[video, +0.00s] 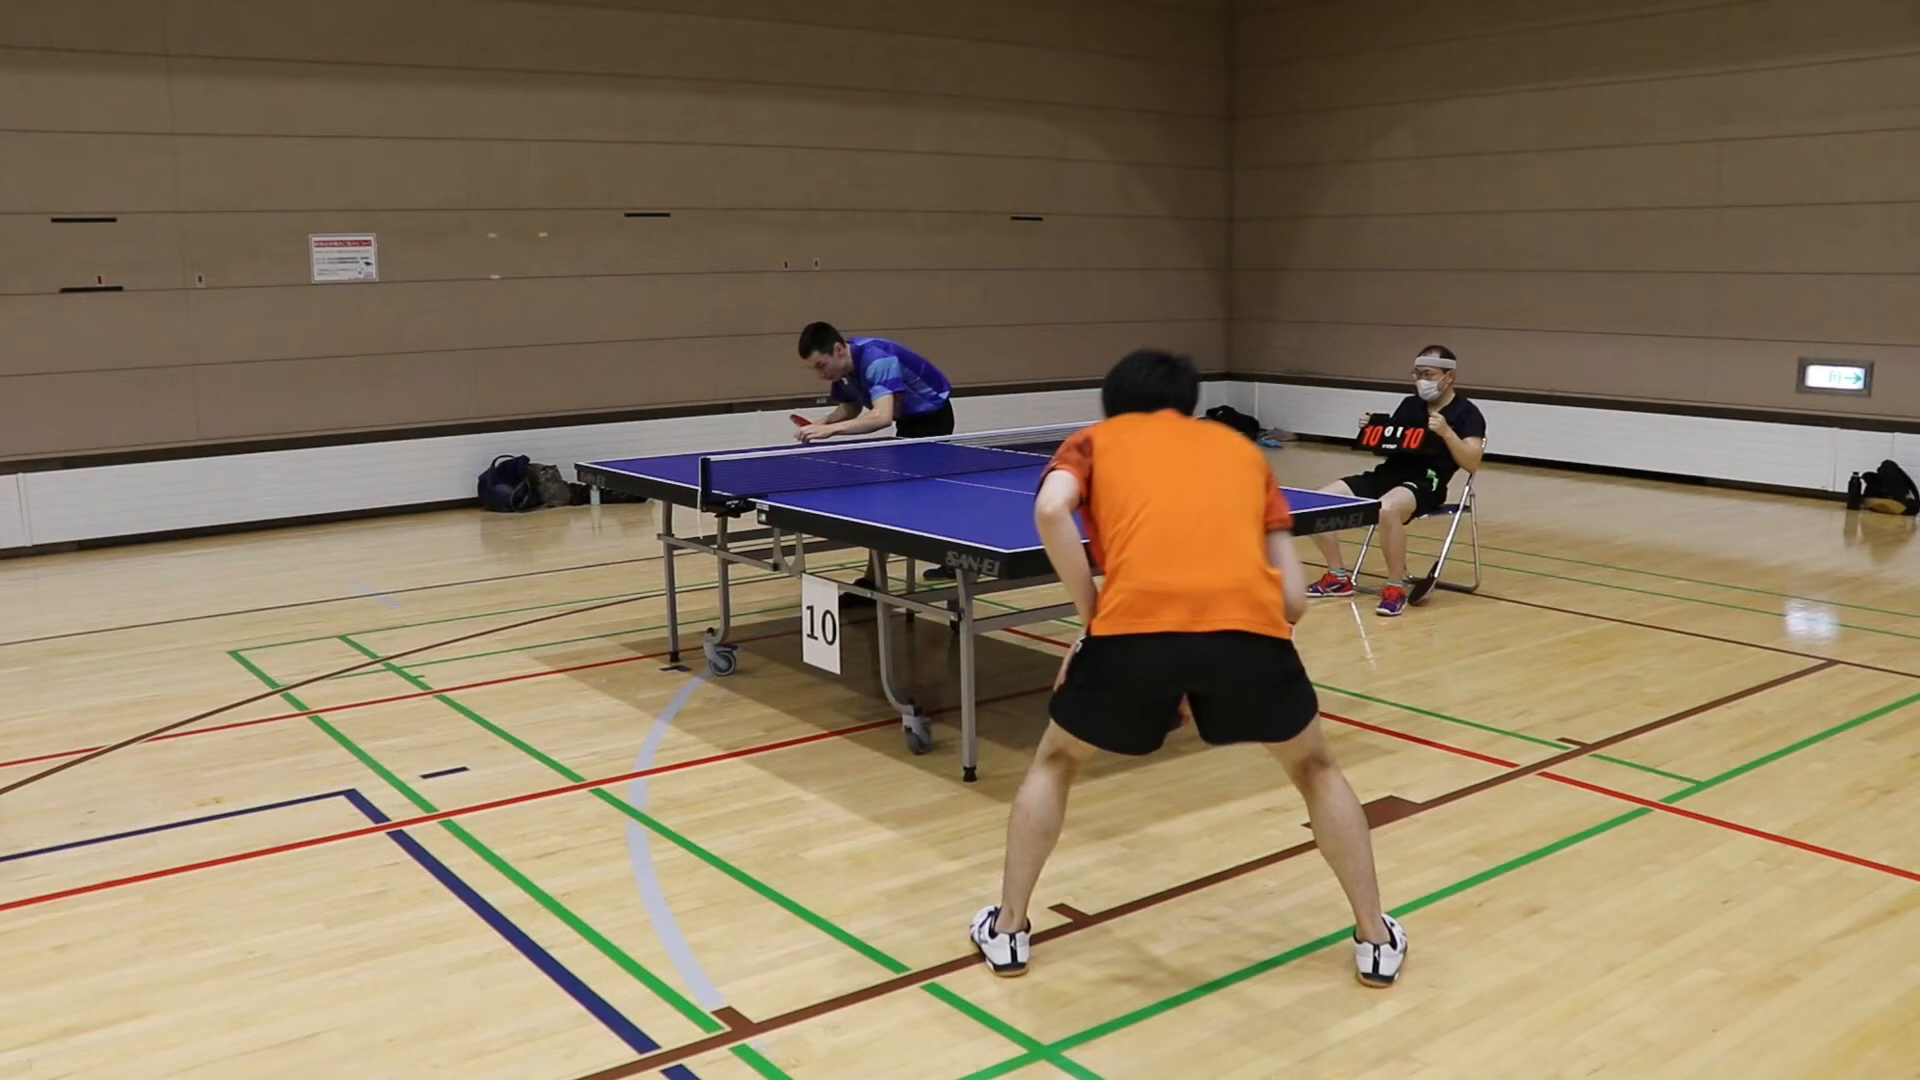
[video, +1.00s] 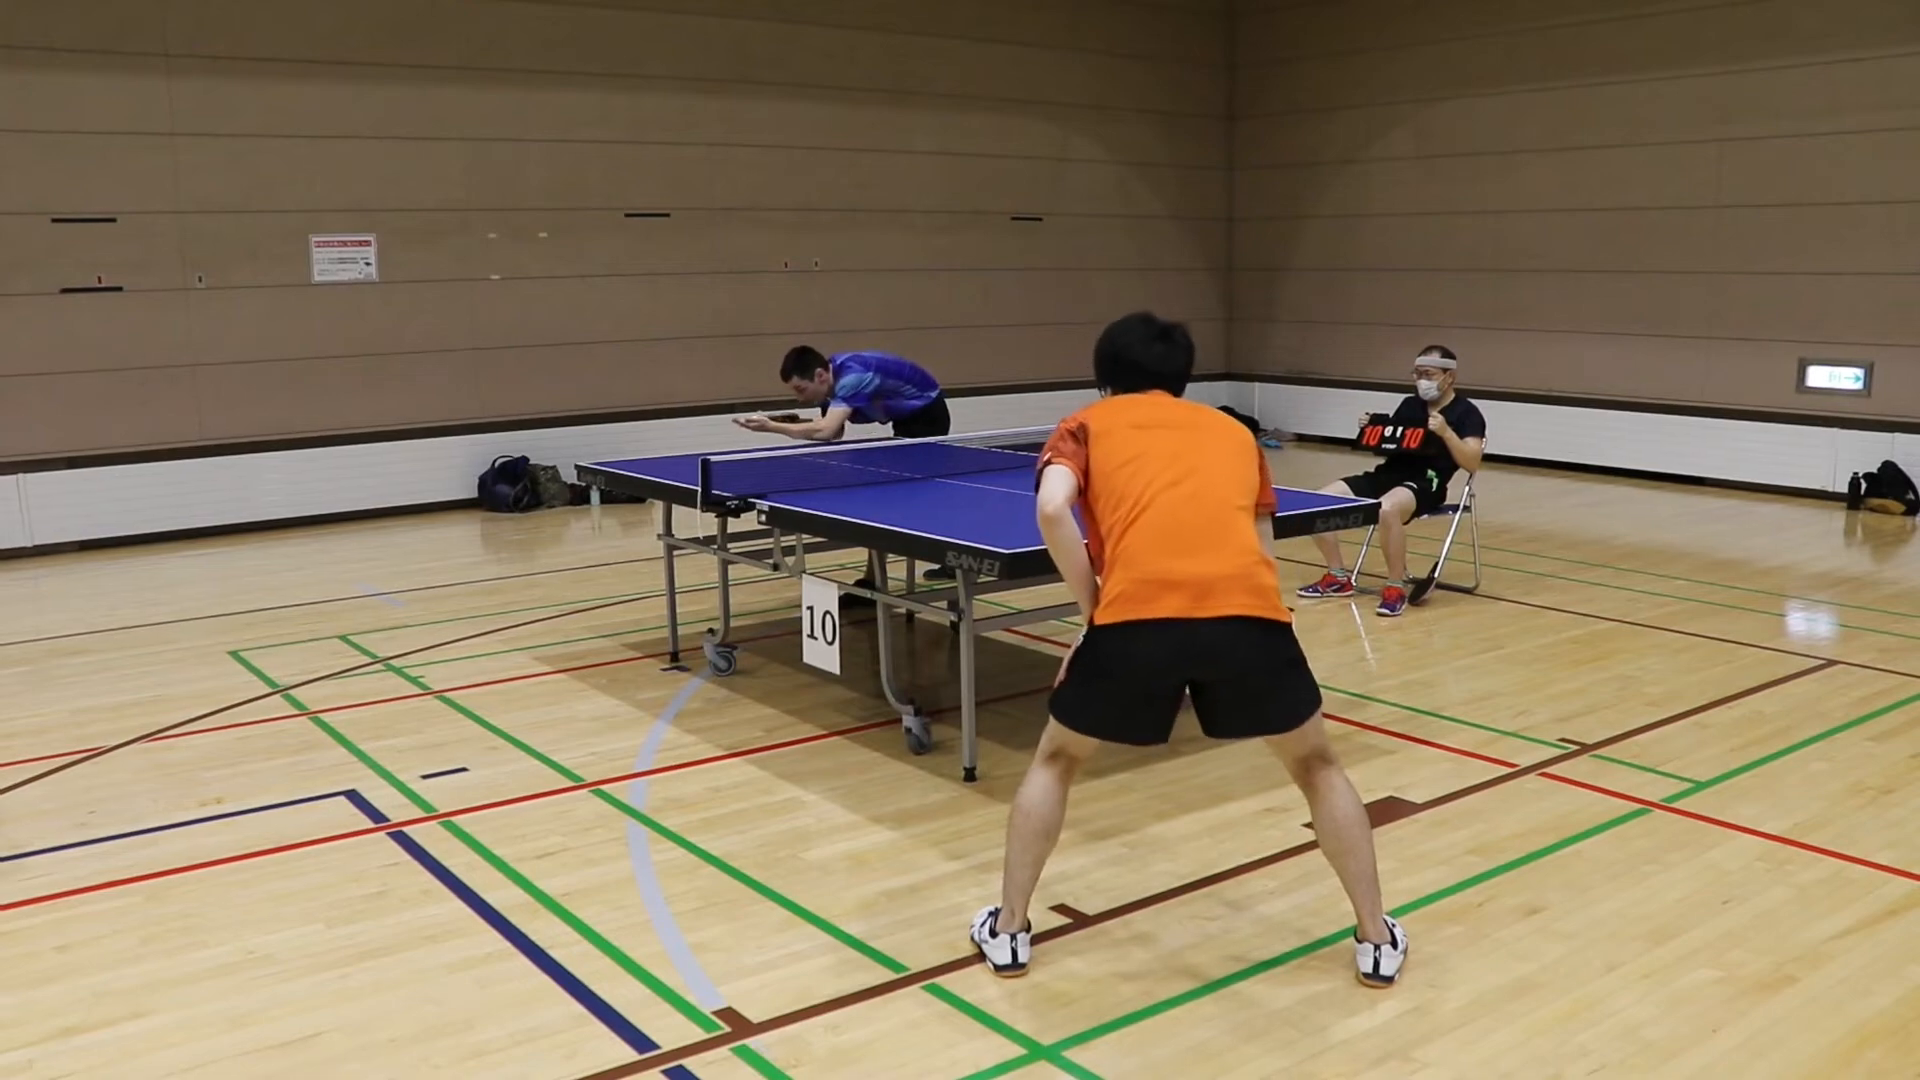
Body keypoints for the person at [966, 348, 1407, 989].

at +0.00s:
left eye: (1102, 410)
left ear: (1112, 406)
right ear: (1190, 405)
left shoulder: (1095, 438)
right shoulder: (1242, 449)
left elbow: (1051, 507)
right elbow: (1293, 595)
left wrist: (1095, 618)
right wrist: (1233, 661)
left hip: (1132, 641)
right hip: (1249, 642)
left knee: (1057, 762)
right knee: (1316, 769)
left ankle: (1008, 927)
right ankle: (1376, 938)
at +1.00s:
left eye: (1099, 374)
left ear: (1104, 376)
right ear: (1183, 378)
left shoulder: (1085, 424)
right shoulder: (1234, 430)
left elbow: (1052, 507)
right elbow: (1260, 546)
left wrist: (1094, 611)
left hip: (1134, 630)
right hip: (1249, 628)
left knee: (1056, 760)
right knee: (1317, 766)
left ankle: (1009, 929)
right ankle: (1378, 938)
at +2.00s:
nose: (1136, 324)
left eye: (1137, 312)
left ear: (1143, 314)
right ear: (1220, 316)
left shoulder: (1114, 372)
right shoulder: (1262, 390)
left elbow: (1066, 483)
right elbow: (1292, 537)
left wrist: (1088, 581)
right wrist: (1222, 567)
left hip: (1140, 601)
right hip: (1249, 607)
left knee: (1069, 758)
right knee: (1313, 761)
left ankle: (1011, 928)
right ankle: (1377, 937)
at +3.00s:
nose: (1120, 319)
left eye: (1123, 310)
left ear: (1131, 314)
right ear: (1198, 315)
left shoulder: (1119, 378)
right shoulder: (1246, 386)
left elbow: (1058, 491)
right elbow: (1296, 497)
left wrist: (1025, 499)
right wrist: (1229, 486)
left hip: (1163, 598)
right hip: (1256, 594)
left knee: (1072, 705)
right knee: (1285, 698)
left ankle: (1052, 873)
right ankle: (1325, 823)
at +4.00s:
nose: (1010, 346)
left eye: (1012, 337)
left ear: (1018, 344)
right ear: (1090, 342)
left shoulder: (993, 421)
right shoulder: (1134, 419)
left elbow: (922, 544)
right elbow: (1203, 517)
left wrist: (925, 542)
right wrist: (1158, 464)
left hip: (1025, 644)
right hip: (1126, 642)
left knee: (920, 743)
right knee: (1194, 749)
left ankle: (851, 901)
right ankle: (1281, 895)